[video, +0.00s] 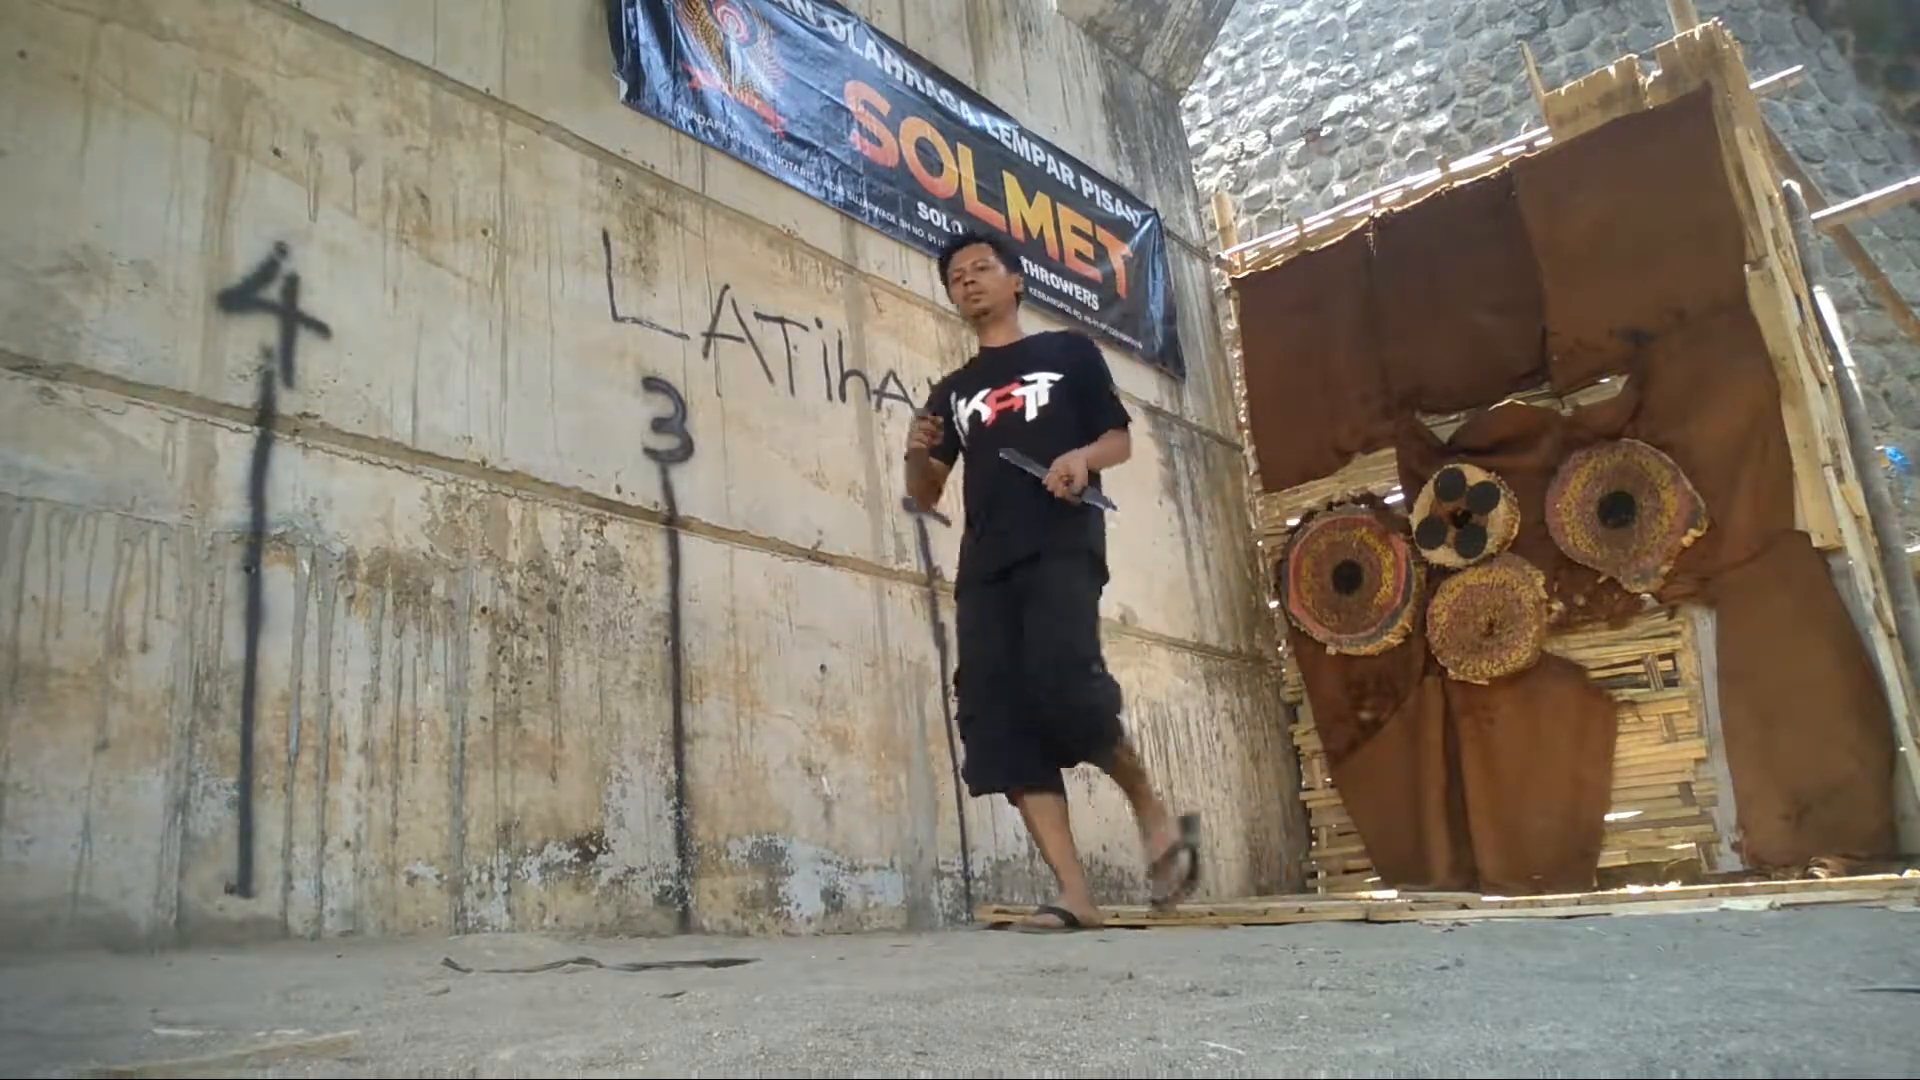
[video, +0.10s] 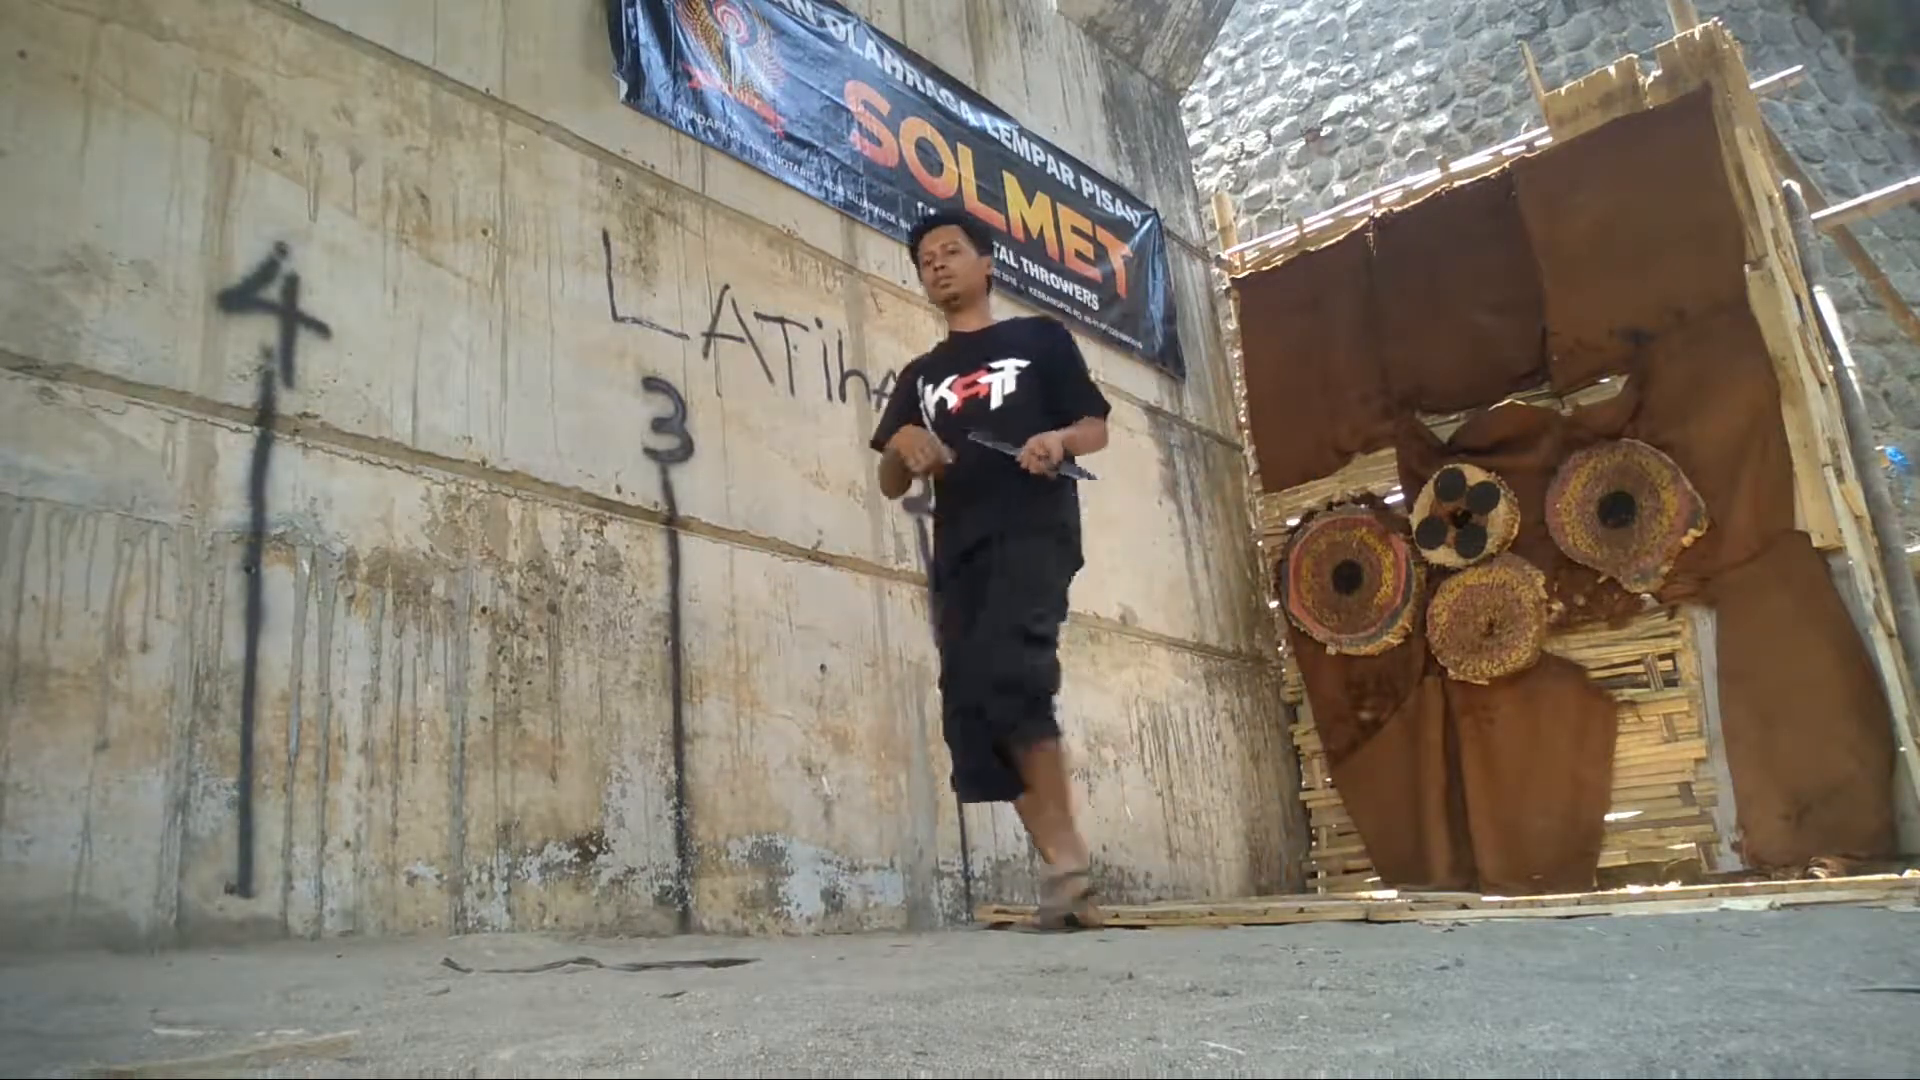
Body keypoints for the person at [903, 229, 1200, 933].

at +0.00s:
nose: (967, 282)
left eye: (980, 268)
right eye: (956, 277)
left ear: (1014, 280)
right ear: (951, 299)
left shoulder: (1068, 349)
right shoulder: (952, 390)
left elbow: (1119, 441)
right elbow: (924, 495)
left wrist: (1082, 458)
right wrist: (919, 453)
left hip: (1061, 548)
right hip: (986, 564)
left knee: (1062, 687)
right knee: (1001, 720)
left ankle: (1149, 809)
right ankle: (1075, 895)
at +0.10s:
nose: (939, 266)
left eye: (951, 252)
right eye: (928, 261)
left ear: (986, 262)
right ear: (924, 281)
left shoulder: (1041, 335)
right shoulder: (916, 376)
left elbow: (1096, 428)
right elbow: (891, 486)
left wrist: (1062, 440)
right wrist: (900, 447)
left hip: (1035, 533)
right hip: (961, 553)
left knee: (1006, 676)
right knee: (980, 706)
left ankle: (1067, 857)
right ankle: (1064, 874)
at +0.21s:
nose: (888, 255)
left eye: (903, 240)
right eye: (879, 248)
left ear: (943, 249)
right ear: (876, 266)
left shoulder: (996, 328)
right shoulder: (870, 370)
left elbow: (1054, 428)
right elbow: (849, 482)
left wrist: (1017, 432)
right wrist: (867, 441)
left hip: (987, 538)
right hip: (916, 553)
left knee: (946, 676)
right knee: (984, 705)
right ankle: (1075, 892)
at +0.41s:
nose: (799, 209)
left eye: (816, 195)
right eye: (791, 202)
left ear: (861, 208)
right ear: (788, 223)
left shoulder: (908, 298)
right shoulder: (780, 334)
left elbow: (961, 409)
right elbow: (754, 457)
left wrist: (898, 406)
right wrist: (762, 432)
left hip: (877, 517)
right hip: (805, 533)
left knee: (817, 677)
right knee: (837, 720)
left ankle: (813, 897)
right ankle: (994, 839)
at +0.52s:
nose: (769, 187)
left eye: (785, 172)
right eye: (759, 177)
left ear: (828, 185)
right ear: (752, 196)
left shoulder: (873, 275)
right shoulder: (742, 310)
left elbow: (926, 384)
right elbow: (724, 431)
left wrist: (842, 369)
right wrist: (703, 416)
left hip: (834, 505)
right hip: (757, 518)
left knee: (801, 677)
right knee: (749, 698)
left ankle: (814, 893)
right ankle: (909, 799)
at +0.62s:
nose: (740, 160)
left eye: (757, 146)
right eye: (728, 150)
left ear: (793, 162)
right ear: (717, 169)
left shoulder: (838, 245)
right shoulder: (706, 288)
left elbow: (891, 356)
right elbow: (680, 408)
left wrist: (787, 335)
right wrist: (650, 399)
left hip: (803, 493)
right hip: (715, 502)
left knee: (788, 671)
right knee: (660, 661)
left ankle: (814, 892)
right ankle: (812, 800)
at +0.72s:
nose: (704, 123)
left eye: (720, 113)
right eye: (687, 112)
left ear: (743, 135)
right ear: (661, 133)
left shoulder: (786, 224)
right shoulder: (638, 262)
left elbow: (836, 332)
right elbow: (619, 393)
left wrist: (716, 311)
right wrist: (588, 371)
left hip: (749, 490)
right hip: (645, 487)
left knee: (772, 672)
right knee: (560, 611)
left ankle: (812, 890)